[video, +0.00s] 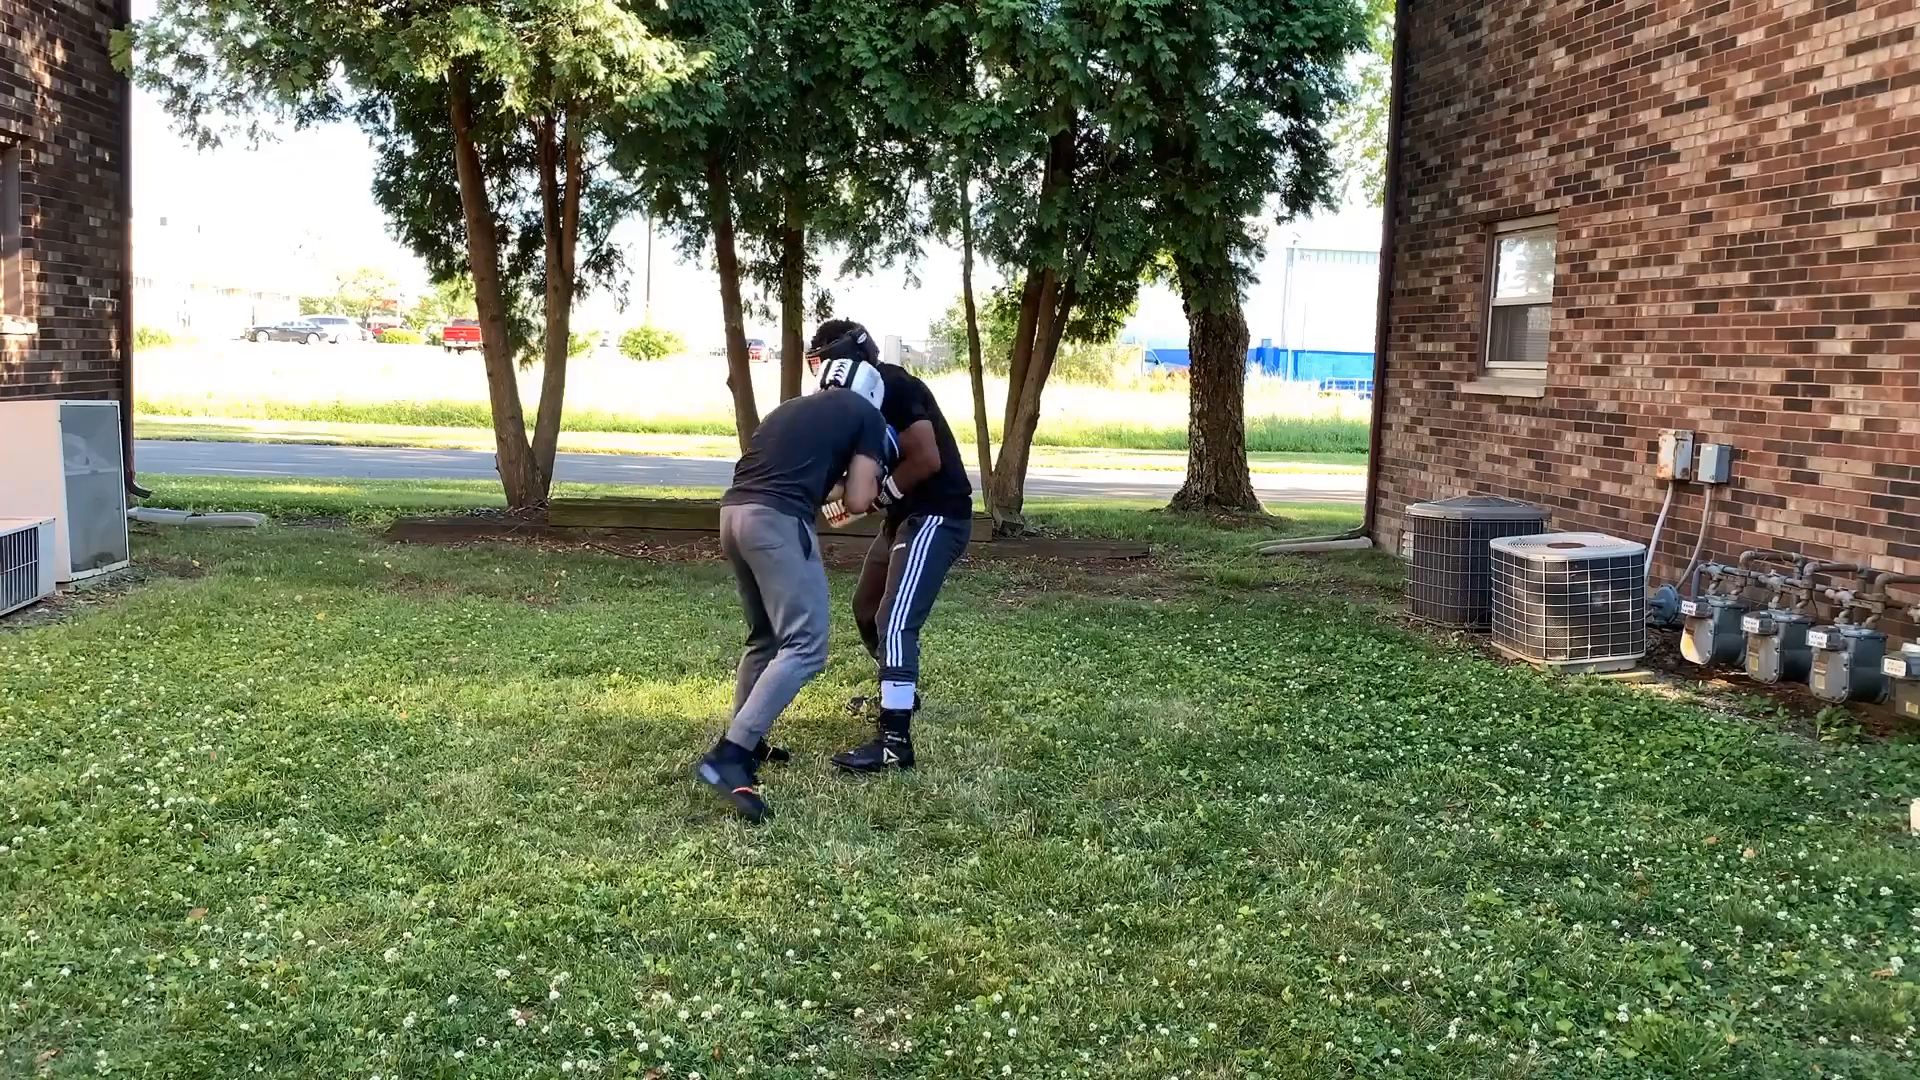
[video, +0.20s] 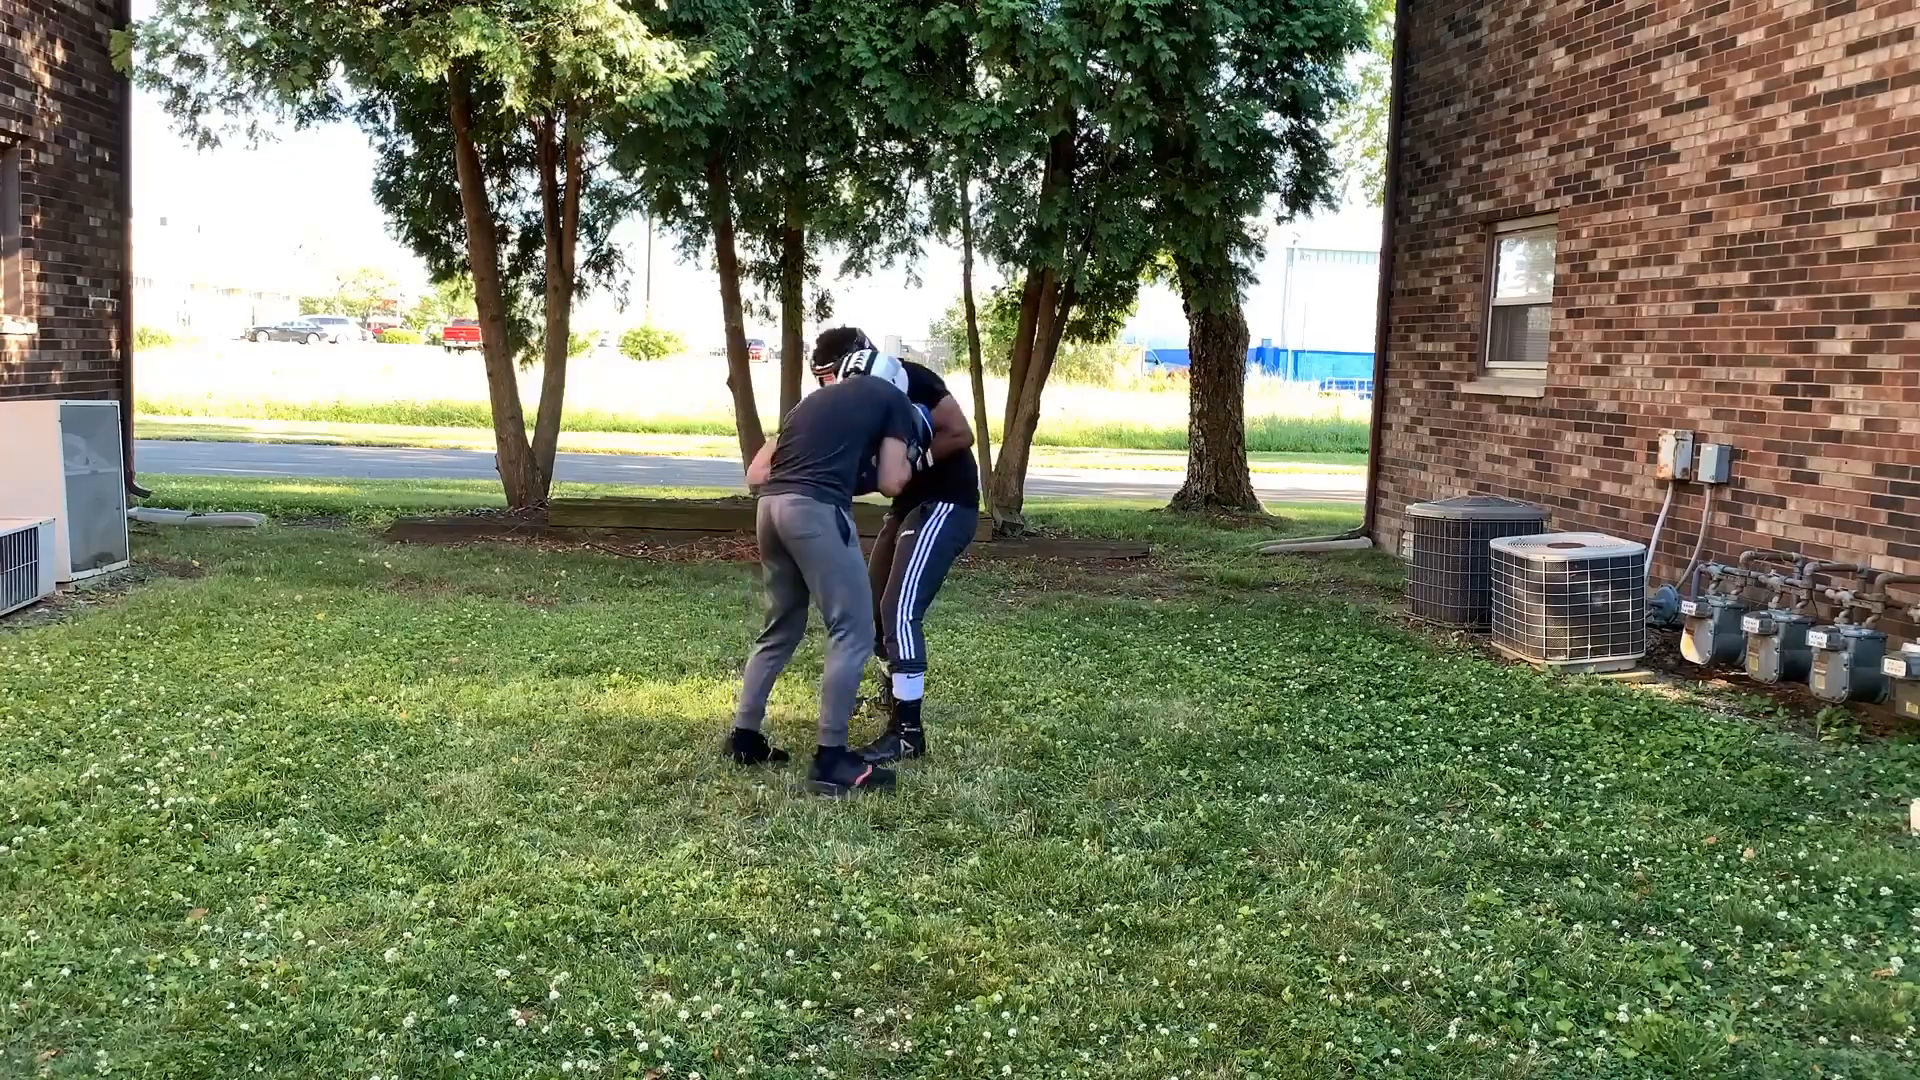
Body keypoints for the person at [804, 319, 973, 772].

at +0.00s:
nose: (818, 377)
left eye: (821, 367)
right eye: (816, 368)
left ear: (846, 361)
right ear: (851, 360)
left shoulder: (896, 385)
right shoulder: (860, 400)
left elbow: (926, 458)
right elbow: (882, 462)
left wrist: (876, 493)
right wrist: (852, 492)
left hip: (934, 515)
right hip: (901, 516)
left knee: (896, 620)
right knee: (867, 611)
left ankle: (895, 741)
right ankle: (901, 690)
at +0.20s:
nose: (822, 386)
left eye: (826, 376)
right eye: (820, 378)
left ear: (851, 363)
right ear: (841, 369)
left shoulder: (909, 377)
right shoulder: (854, 404)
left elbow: (959, 432)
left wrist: (909, 461)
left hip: (945, 505)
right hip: (907, 506)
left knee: (899, 609)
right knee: (876, 606)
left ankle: (908, 734)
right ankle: (898, 706)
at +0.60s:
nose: (911, 372)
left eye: (913, 364)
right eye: (912, 362)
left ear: (867, 351)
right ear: (898, 355)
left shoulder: (840, 385)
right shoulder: (890, 387)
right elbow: (907, 470)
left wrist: (910, 435)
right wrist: (927, 444)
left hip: (823, 522)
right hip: (855, 525)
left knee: (861, 619)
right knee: (877, 646)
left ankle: (827, 707)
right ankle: (851, 763)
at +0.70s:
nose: (923, 384)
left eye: (926, 375)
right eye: (924, 373)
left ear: (884, 354)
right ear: (909, 361)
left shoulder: (856, 386)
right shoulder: (887, 393)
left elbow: (860, 470)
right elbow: (881, 474)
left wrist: (906, 455)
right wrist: (912, 460)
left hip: (826, 518)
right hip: (845, 522)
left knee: (861, 628)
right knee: (867, 642)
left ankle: (833, 711)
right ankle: (849, 763)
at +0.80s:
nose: (931, 401)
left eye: (937, 393)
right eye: (935, 391)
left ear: (903, 369)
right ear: (922, 377)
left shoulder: (876, 395)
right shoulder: (892, 402)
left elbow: (873, 480)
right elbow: (873, 481)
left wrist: (913, 463)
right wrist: (918, 468)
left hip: (834, 520)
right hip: (826, 522)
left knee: (871, 621)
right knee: (847, 633)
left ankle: (830, 713)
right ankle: (839, 757)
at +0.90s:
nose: (942, 416)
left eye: (948, 408)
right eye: (945, 405)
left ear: (913, 382)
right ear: (930, 389)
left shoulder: (891, 407)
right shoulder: (902, 413)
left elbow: (874, 498)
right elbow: (875, 494)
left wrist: (917, 477)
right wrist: (921, 480)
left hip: (829, 517)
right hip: (814, 516)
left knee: (866, 619)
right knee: (839, 632)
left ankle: (833, 710)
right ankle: (817, 751)